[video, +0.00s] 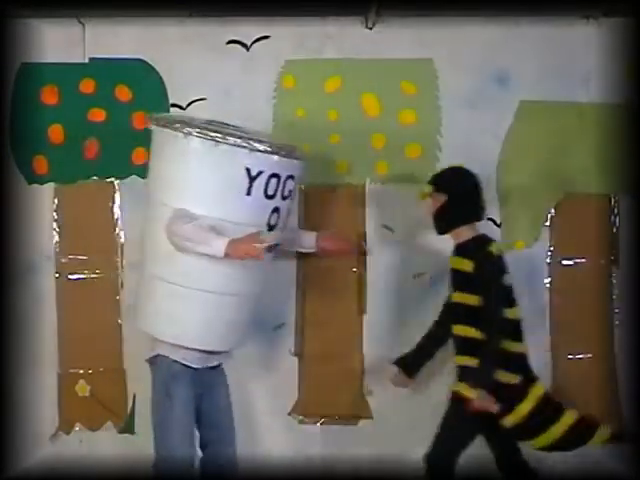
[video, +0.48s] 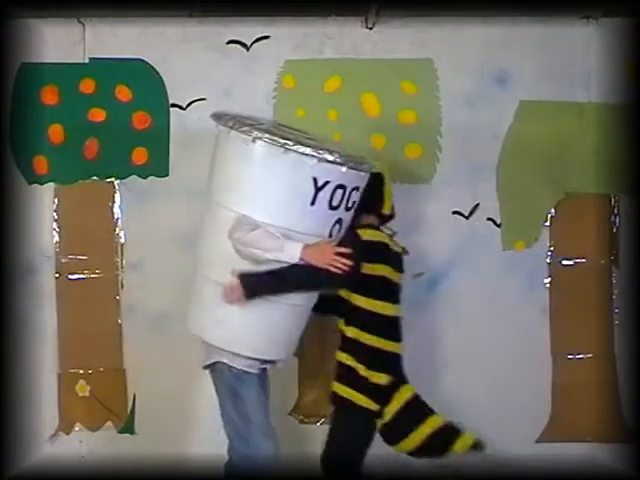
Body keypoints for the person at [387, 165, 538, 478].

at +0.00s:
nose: (428, 205)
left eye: (433, 197)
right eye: (429, 197)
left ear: (452, 202)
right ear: (454, 204)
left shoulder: (478, 255)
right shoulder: (466, 254)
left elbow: (494, 325)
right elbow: (449, 320)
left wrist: (481, 383)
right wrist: (410, 364)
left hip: (482, 383)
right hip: (482, 380)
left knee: (438, 461)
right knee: (511, 464)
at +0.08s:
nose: (409, 209)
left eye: (414, 200)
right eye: (410, 201)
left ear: (433, 204)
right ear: (442, 205)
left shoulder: (456, 256)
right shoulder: (445, 254)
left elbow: (462, 331)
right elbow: (432, 320)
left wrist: (443, 385)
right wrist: (387, 361)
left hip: (467, 378)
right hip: (467, 376)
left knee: (409, 461)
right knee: (484, 459)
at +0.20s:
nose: (380, 211)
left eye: (384, 202)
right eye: (381, 203)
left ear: (403, 206)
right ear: (415, 206)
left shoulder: (420, 258)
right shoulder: (427, 253)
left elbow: (411, 323)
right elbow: (407, 321)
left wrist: (356, 345)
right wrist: (362, 348)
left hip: (429, 376)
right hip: (440, 373)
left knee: (373, 461)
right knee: (438, 466)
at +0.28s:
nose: (365, 210)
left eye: (368, 201)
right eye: (366, 201)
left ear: (381, 206)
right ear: (406, 205)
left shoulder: (400, 255)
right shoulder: (419, 250)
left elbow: (383, 316)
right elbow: (387, 315)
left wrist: (327, 338)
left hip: (404, 374)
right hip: (423, 371)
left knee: (362, 465)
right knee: (453, 458)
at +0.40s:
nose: (346, 212)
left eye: (349, 205)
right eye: (349, 203)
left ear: (354, 209)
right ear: (390, 210)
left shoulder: (374, 252)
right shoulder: (400, 250)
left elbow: (329, 287)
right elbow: (360, 302)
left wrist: (275, 306)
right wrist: (315, 305)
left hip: (381, 370)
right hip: (401, 367)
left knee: (354, 465)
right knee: (432, 454)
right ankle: (454, 470)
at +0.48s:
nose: (335, 205)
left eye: (340, 197)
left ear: (351, 202)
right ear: (382, 204)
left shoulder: (360, 244)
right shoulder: (389, 248)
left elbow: (313, 274)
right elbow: (341, 298)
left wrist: (250, 286)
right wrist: (292, 291)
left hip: (362, 378)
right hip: (380, 373)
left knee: (338, 464)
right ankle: (469, 451)